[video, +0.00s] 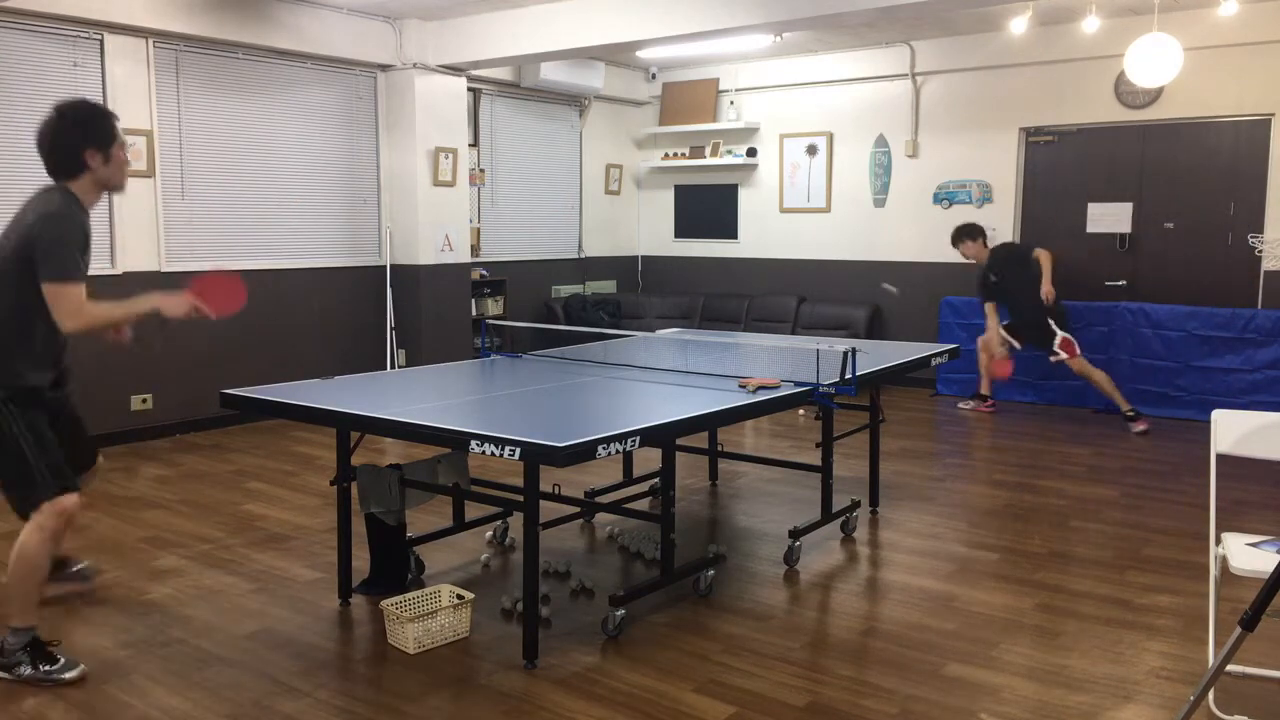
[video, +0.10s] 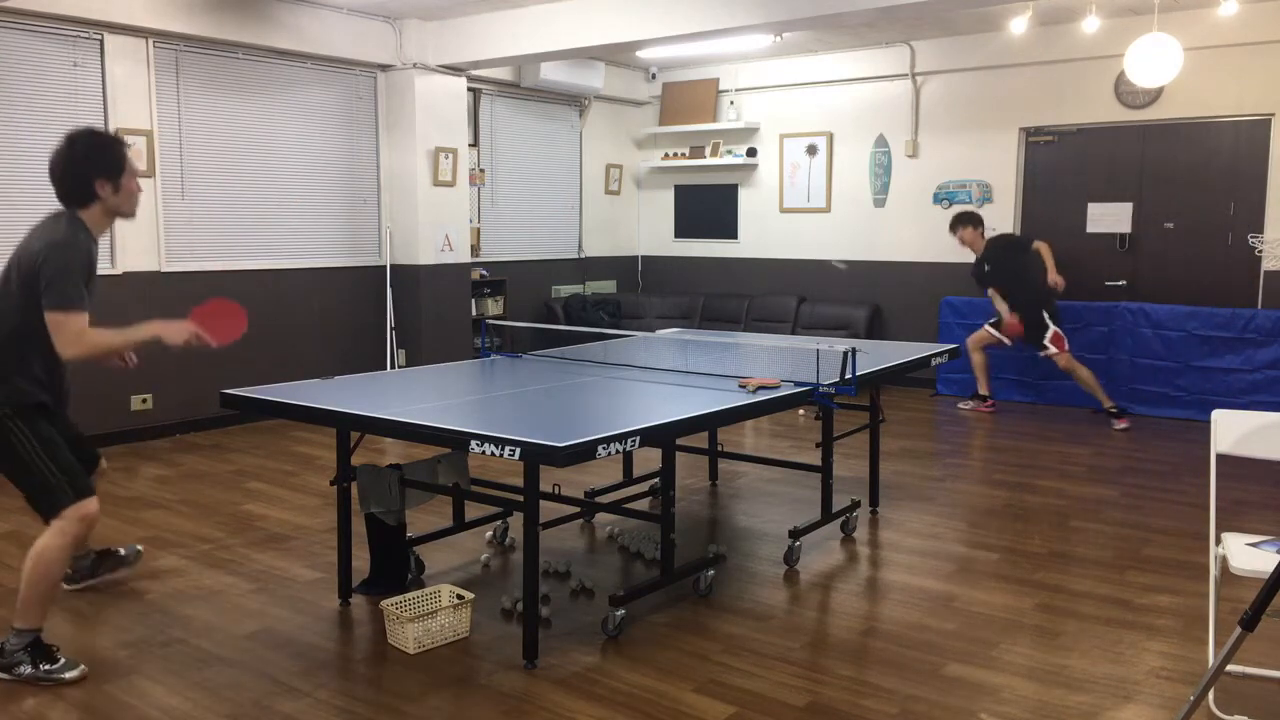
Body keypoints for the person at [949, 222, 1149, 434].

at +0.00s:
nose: (963, 253)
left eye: (964, 247)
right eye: (960, 249)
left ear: (978, 240)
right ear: (968, 248)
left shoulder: (1006, 250)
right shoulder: (985, 278)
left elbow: (1044, 255)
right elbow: (991, 314)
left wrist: (1046, 283)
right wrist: (996, 346)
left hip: (1046, 316)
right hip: (1022, 322)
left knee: (1080, 367)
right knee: (984, 342)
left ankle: (1129, 413)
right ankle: (984, 398)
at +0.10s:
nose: (959, 236)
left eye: (962, 230)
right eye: (956, 232)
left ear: (977, 228)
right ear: (960, 236)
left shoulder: (1002, 242)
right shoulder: (978, 269)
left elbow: (1041, 246)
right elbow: (995, 296)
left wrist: (1052, 271)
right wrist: (1006, 316)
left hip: (1038, 309)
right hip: (1013, 314)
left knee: (1065, 363)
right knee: (973, 343)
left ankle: (1111, 408)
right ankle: (983, 398)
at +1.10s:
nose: (1065, 208)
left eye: (1071, 203)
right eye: (1061, 203)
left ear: (1082, 207)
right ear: (1056, 206)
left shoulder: (1096, 232)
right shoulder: (1046, 232)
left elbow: (1110, 260)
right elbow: (1033, 261)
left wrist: (1089, 276)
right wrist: (1045, 274)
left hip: (1087, 302)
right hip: (1053, 300)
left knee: (1106, 352)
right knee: (1023, 347)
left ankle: (1125, 404)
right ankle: (1012, 396)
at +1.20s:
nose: (1070, 213)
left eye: (1077, 208)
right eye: (1067, 207)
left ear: (1088, 211)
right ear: (1062, 210)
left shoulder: (1101, 236)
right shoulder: (1051, 235)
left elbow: (1111, 265)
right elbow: (1034, 268)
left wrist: (1091, 280)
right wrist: (1054, 283)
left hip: (1088, 303)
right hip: (1053, 301)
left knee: (1110, 352)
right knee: (1023, 349)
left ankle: (1125, 404)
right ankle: (1012, 396)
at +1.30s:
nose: (1070, 214)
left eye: (1076, 209)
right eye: (1067, 208)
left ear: (1087, 212)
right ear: (1061, 211)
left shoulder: (1102, 236)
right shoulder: (1053, 236)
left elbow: (1113, 266)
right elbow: (1035, 266)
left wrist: (1090, 281)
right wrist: (1049, 276)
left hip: (1089, 304)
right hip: (1054, 303)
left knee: (1111, 354)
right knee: (1023, 350)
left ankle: (1125, 404)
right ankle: (1010, 395)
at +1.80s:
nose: (1053, 221)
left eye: (1057, 214)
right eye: (1051, 217)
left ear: (1074, 213)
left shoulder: (1084, 230)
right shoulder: (1082, 238)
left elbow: (1113, 236)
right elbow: (1117, 270)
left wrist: (1138, 262)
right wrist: (1103, 301)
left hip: (1139, 289)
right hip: (1134, 290)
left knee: (1138, 347)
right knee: (1139, 347)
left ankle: (1147, 409)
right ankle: (1140, 403)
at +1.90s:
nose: (1064, 210)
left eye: (1068, 204)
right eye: (1062, 206)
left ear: (1085, 205)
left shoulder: (1090, 225)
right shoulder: (1094, 228)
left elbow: (1115, 238)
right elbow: (1117, 270)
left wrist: (1130, 270)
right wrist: (1101, 297)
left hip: (1136, 291)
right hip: (1133, 292)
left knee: (1137, 348)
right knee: (1135, 348)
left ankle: (1147, 410)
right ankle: (1139, 404)